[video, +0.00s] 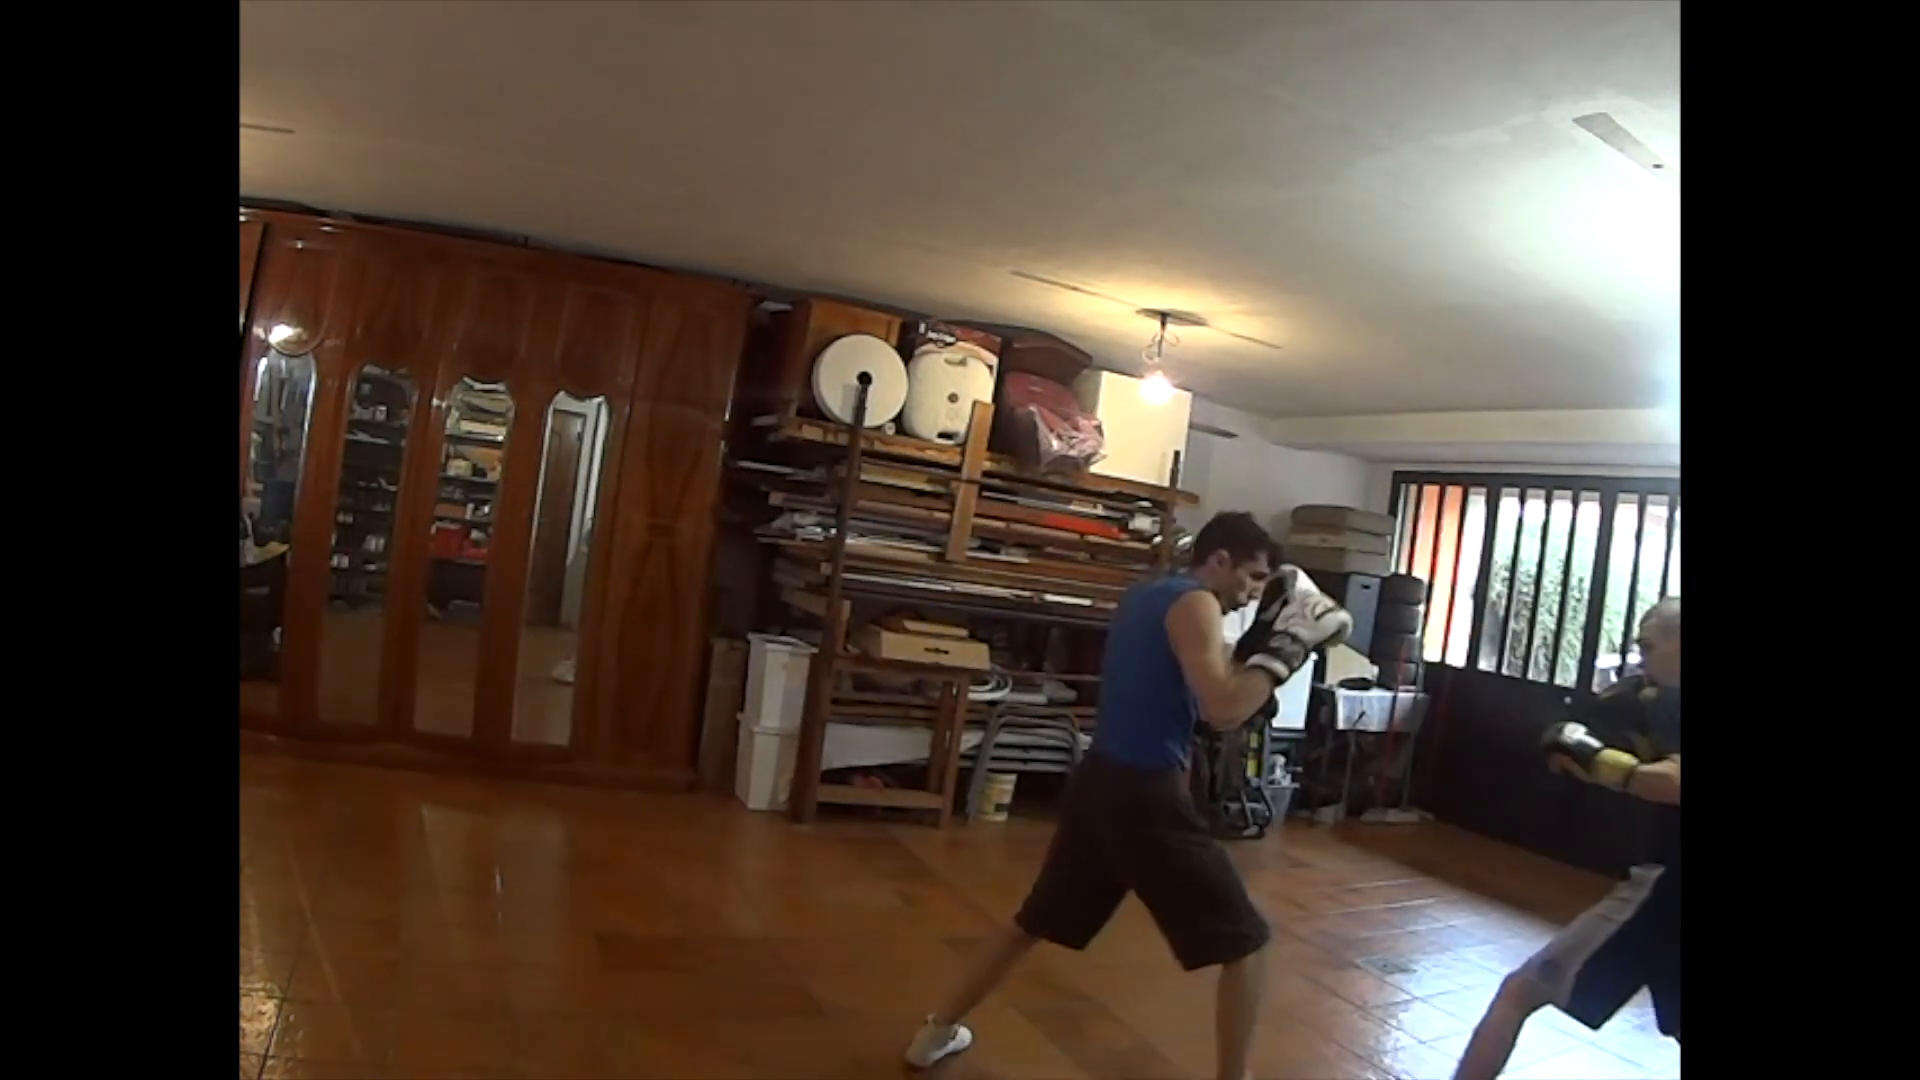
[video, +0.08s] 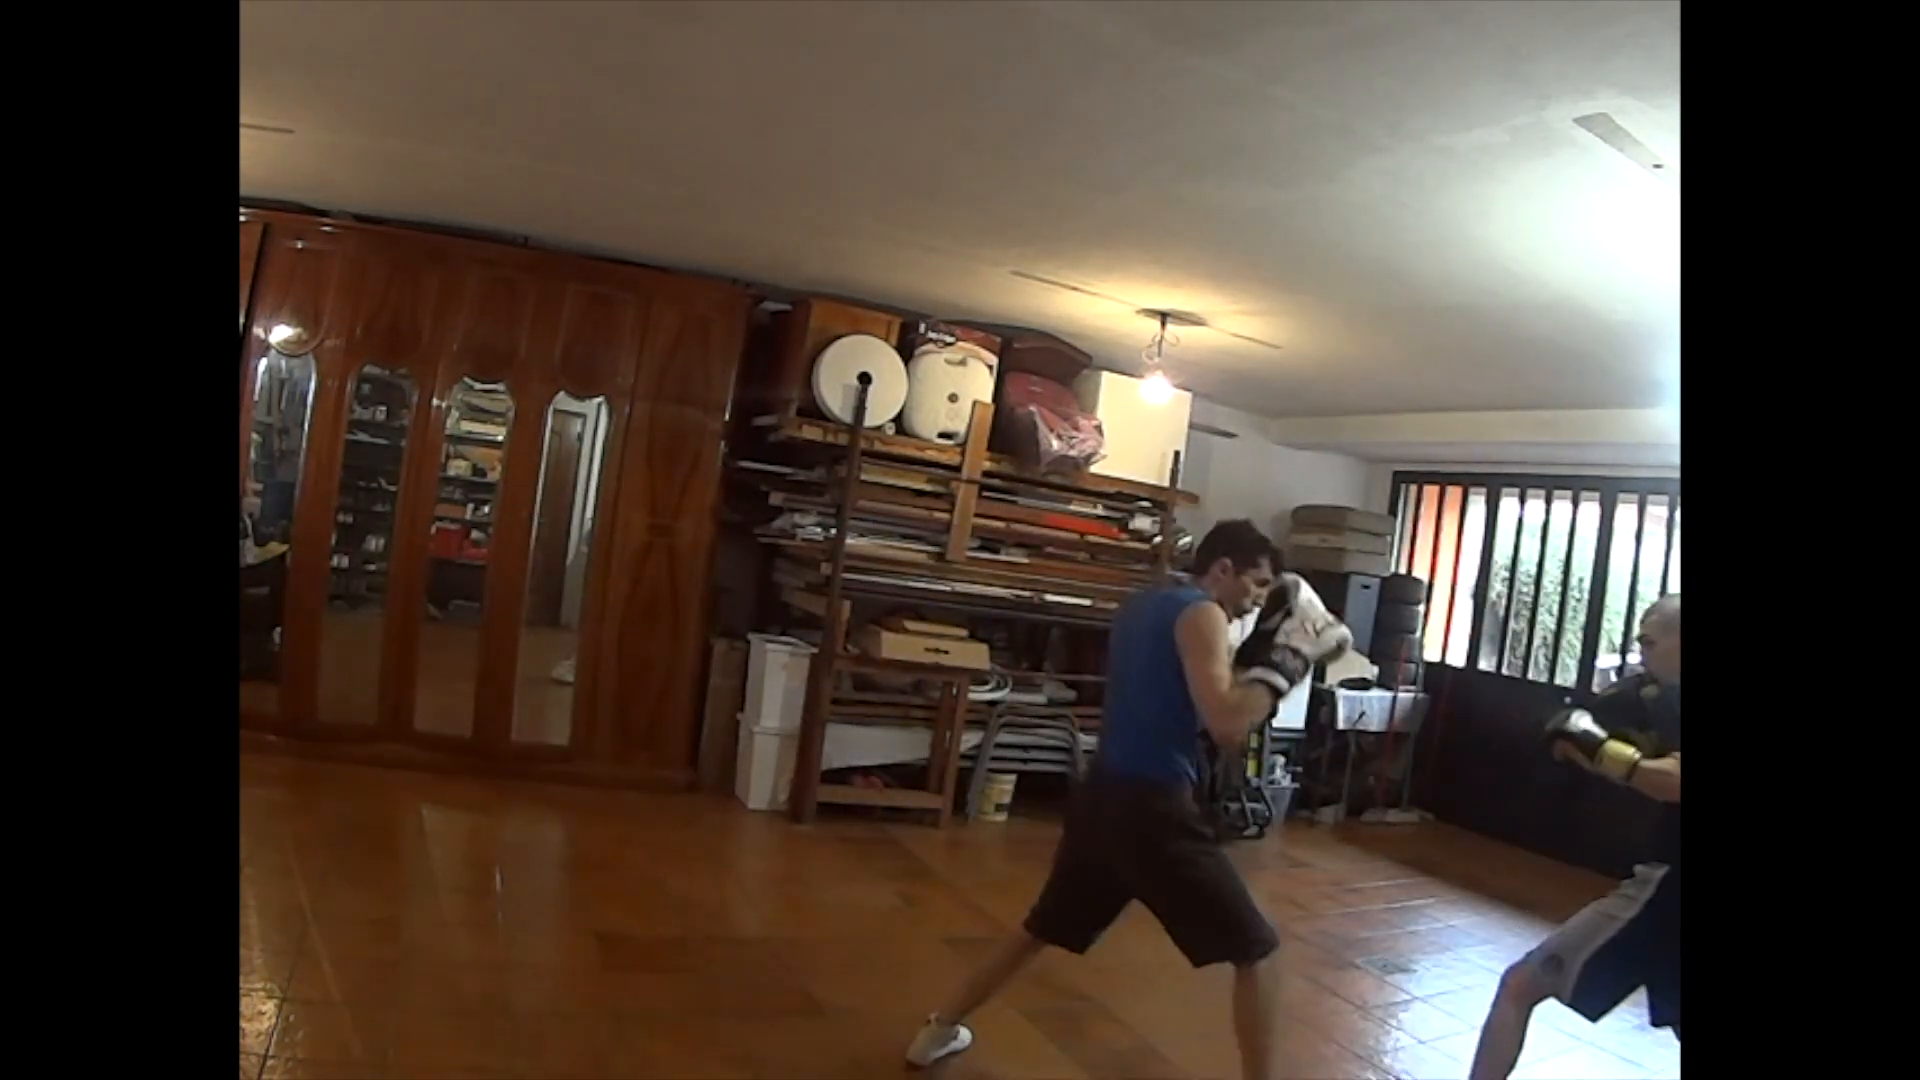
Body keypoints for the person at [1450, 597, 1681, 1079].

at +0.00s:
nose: (1640, 656)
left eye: (1648, 644)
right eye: (1640, 645)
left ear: (1680, 644)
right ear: (1670, 647)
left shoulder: (1673, 706)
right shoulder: (1658, 704)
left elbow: (1672, 783)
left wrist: (1594, 758)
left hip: (1661, 882)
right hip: (1657, 879)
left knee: (1519, 992)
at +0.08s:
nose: (1641, 650)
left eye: (1650, 640)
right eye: (1641, 640)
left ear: (1681, 644)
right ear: (1654, 643)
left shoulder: (1672, 703)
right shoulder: (1652, 699)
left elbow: (1672, 783)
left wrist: (1601, 752)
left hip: (1664, 881)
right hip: (1659, 878)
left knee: (1520, 985)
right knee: (1518, 985)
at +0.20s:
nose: (1634, 650)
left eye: (1642, 637)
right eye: (1633, 638)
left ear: (1676, 636)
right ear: (1663, 639)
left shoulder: (1673, 700)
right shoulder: (1663, 699)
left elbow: (1667, 781)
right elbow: (1660, 776)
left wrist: (1593, 725)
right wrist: (1594, 728)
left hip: (1665, 881)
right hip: (1663, 878)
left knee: (1524, 990)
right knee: (1522, 991)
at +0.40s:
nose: (1647, 661)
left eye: (1655, 650)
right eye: (1648, 650)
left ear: (1681, 650)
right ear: (1662, 649)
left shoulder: (1670, 696)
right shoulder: (1663, 695)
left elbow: (1652, 748)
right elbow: (1653, 755)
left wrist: (1594, 676)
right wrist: (1591, 678)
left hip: (1669, 889)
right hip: (1665, 887)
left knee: (1531, 992)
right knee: (1529, 993)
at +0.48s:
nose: (1649, 667)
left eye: (1658, 656)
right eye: (1649, 656)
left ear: (1683, 659)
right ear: (1654, 656)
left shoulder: (1668, 722)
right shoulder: (1654, 717)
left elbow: (1675, 799)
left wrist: (1645, 779)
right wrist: (1601, 757)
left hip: (1671, 898)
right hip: (1667, 895)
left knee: (1527, 992)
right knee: (1526, 992)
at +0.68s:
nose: (1593, 667)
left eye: (1604, 654)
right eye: (1593, 654)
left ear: (1644, 647)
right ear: (1646, 651)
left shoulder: (1651, 695)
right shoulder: (1664, 695)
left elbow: (1542, 680)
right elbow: (1541, 681)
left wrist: (1447, 620)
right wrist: (1449, 622)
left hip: (1666, 891)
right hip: (1664, 888)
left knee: (1522, 998)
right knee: (1522, 998)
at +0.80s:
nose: (1554, 682)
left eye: (1560, 665)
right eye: (1553, 667)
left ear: (1600, 656)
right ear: (1614, 657)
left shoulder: (1610, 714)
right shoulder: (1667, 701)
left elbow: (1541, 751)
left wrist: (1451, 742)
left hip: (1657, 895)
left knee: (1518, 1002)